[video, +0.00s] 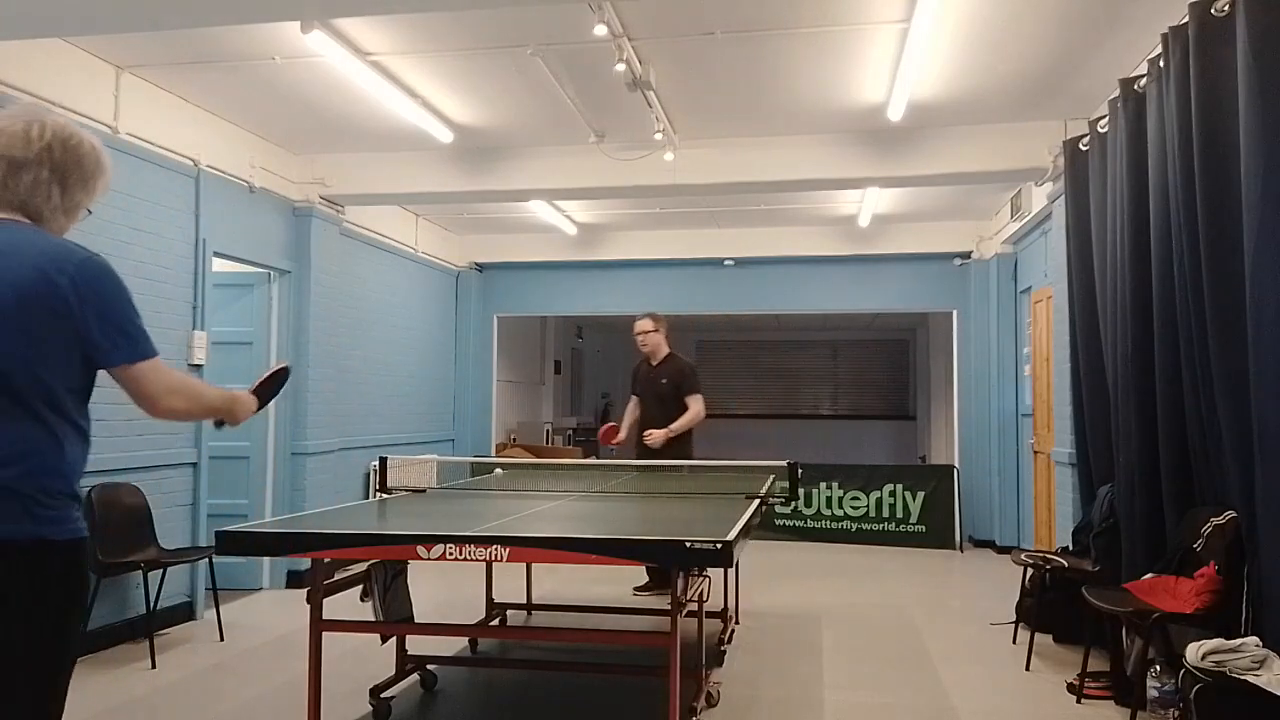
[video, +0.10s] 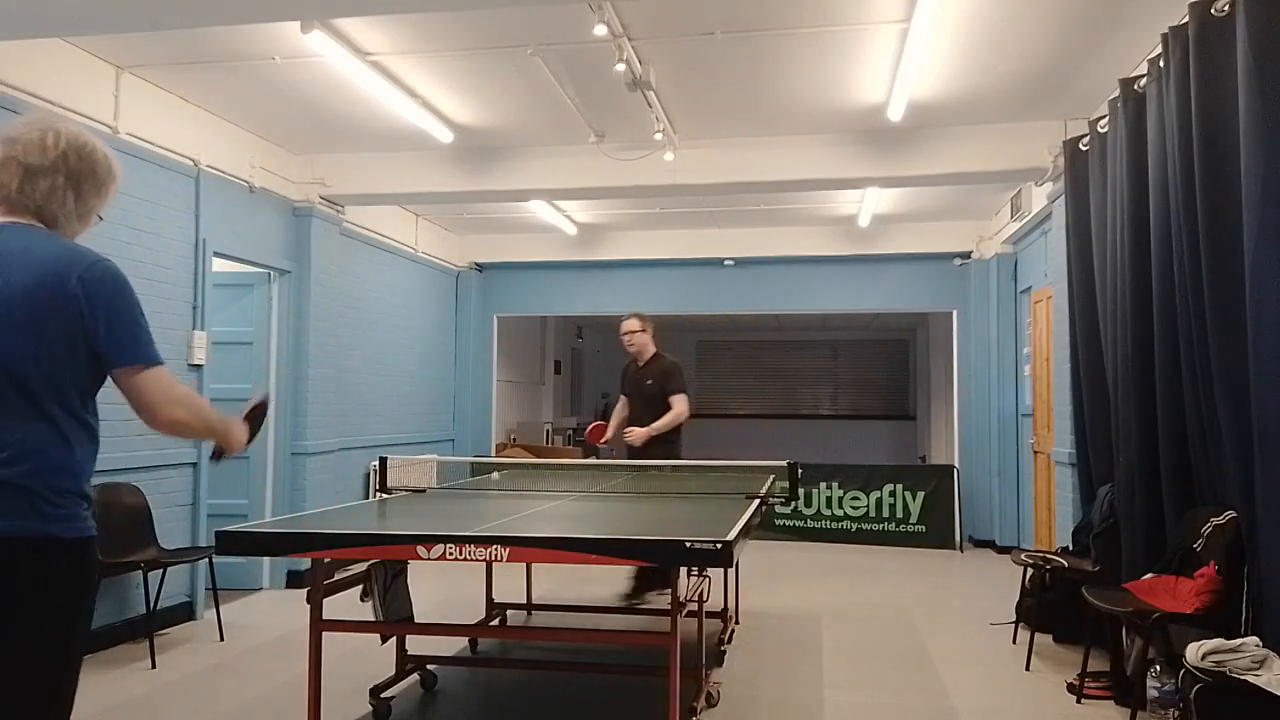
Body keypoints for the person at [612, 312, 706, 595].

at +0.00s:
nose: (641, 339)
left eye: (646, 333)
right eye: (637, 335)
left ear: (662, 334)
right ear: (636, 339)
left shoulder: (681, 367)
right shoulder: (640, 368)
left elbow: (698, 410)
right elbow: (635, 403)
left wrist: (667, 432)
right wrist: (624, 432)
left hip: (675, 459)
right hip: (645, 458)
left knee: (673, 516)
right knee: (648, 517)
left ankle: (677, 575)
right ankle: (657, 577)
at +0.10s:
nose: (628, 339)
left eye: (633, 333)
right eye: (624, 335)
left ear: (649, 334)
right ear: (622, 340)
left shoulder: (668, 367)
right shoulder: (629, 369)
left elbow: (681, 410)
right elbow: (624, 403)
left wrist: (649, 431)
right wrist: (611, 431)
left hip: (664, 459)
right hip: (637, 458)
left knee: (660, 518)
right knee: (644, 518)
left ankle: (647, 581)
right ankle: (657, 576)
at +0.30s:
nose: (594, 351)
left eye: (599, 344)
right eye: (590, 347)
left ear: (616, 342)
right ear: (589, 350)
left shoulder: (633, 374)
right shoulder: (608, 376)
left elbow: (632, 416)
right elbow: (603, 409)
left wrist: (595, 436)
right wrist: (586, 435)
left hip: (637, 468)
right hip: (613, 466)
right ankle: (658, 574)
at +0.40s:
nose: (570, 360)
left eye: (574, 353)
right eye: (567, 355)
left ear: (593, 349)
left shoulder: (611, 377)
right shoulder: (598, 377)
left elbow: (600, 419)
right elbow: (594, 416)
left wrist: (560, 441)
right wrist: (567, 433)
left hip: (625, 466)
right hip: (609, 465)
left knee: (590, 523)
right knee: (612, 521)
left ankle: (579, 589)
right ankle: (653, 568)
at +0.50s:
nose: (548, 370)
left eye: (551, 363)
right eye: (546, 365)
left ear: (569, 357)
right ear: (566, 360)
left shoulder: (592, 381)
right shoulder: (580, 379)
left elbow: (567, 423)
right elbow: (584, 416)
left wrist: (531, 446)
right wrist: (570, 433)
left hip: (622, 466)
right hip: (604, 464)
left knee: (587, 524)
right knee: (602, 524)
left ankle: (579, 589)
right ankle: (648, 566)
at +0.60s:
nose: (535, 380)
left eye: (537, 373)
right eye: (532, 375)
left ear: (555, 365)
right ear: (554, 367)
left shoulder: (579, 386)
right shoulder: (570, 382)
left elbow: (548, 427)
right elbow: (577, 416)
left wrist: (510, 451)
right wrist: (563, 436)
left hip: (620, 463)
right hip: (602, 462)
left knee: (587, 524)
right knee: (605, 522)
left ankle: (579, 590)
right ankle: (650, 565)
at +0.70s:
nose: (526, 387)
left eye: (528, 380)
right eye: (524, 382)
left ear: (546, 372)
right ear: (547, 372)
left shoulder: (569, 390)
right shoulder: (566, 380)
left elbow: (537, 433)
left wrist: (499, 458)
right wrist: (561, 432)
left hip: (617, 461)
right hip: (607, 460)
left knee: (587, 524)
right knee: (612, 520)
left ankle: (578, 590)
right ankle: (655, 562)